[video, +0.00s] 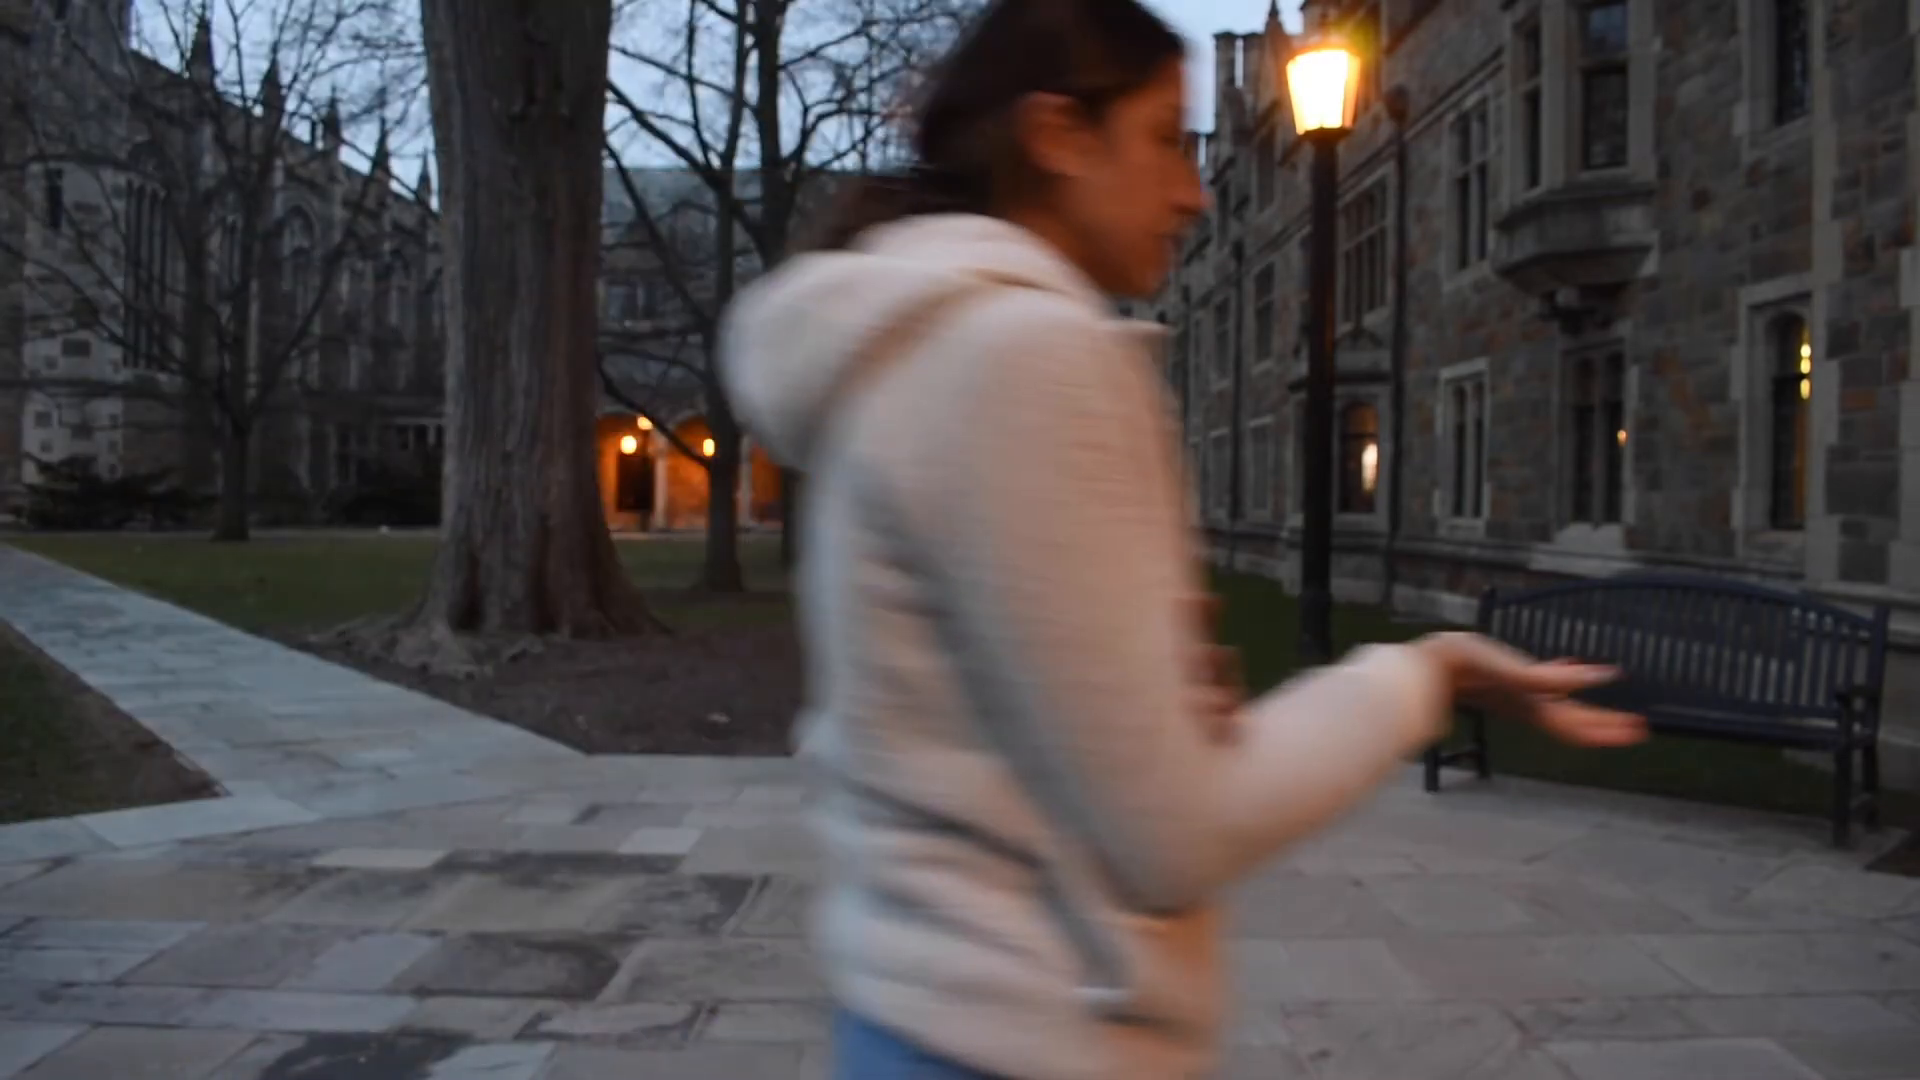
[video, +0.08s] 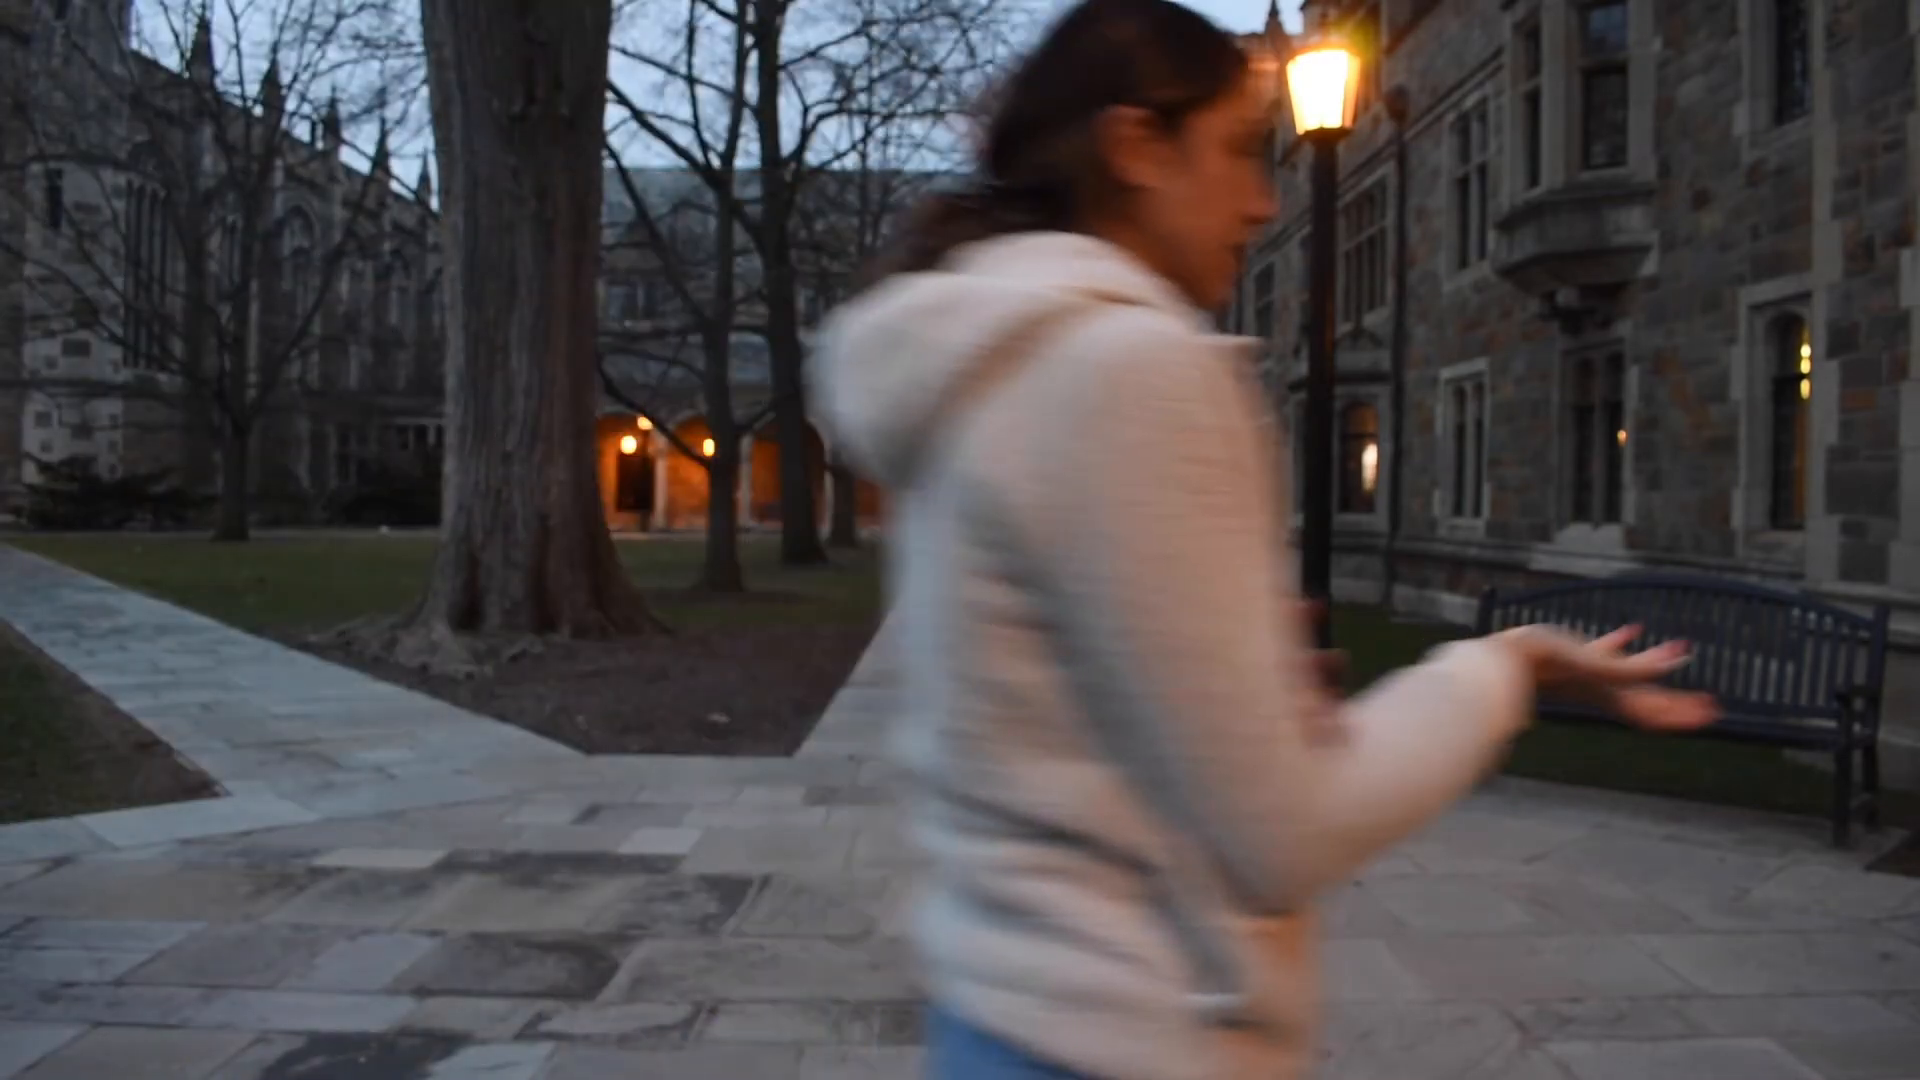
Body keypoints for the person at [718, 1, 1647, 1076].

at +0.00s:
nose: (1196, 195)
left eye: (1189, 150)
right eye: (1169, 142)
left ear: (1057, 141)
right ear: (1056, 137)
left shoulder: (930, 334)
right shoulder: (1026, 354)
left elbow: (935, 737)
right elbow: (1170, 835)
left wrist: (1160, 697)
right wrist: (1428, 676)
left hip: (930, 1014)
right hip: (1030, 1037)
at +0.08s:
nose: (1266, 206)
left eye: (1267, 162)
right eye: (1245, 154)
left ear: (1133, 153)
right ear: (1134, 148)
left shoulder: (1005, 347)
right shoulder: (1129, 363)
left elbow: (1020, 746)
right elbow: (1281, 837)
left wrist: (1259, 703)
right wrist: (1509, 668)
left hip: (1006, 1018)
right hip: (1128, 1038)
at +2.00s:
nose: (1361, 199)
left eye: (1403, 153)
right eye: (1368, 158)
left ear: (1524, 172)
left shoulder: (1631, 354)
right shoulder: (1485, 369)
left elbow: (1485, 811)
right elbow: (1440, 723)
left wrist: (1180, 718)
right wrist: (1194, 681)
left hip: (1547, 1036)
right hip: (1431, 1026)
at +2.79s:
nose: (835, 186)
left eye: (869, 150)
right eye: (851, 149)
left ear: (966, 184)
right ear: (959, 186)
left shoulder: (1025, 354)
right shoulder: (978, 349)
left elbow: (862, 757)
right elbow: (854, 679)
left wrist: (588, 650)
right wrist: (643, 623)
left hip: (913, 991)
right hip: (899, 979)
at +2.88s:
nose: (788, 185)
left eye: (826, 148)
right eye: (804, 148)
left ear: (928, 184)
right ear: (921, 188)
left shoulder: (980, 352)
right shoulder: (934, 348)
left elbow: (812, 753)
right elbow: (807, 677)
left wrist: (531, 644)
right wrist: (604, 608)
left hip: (870, 992)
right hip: (859, 981)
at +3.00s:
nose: (736, 188)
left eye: (774, 151)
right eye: (750, 152)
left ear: (879, 188)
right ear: (864, 194)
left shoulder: (932, 357)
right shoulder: (869, 351)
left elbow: (770, 751)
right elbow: (758, 678)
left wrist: (515, 632)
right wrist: (554, 600)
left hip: (828, 1001)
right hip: (783, 984)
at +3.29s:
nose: (675, 184)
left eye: (722, 154)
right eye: (679, 152)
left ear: (827, 197)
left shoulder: (904, 367)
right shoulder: (689, 374)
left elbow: (800, 733)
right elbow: (638, 697)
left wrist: (513, 617)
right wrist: (493, 616)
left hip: (787, 956)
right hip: (621, 941)